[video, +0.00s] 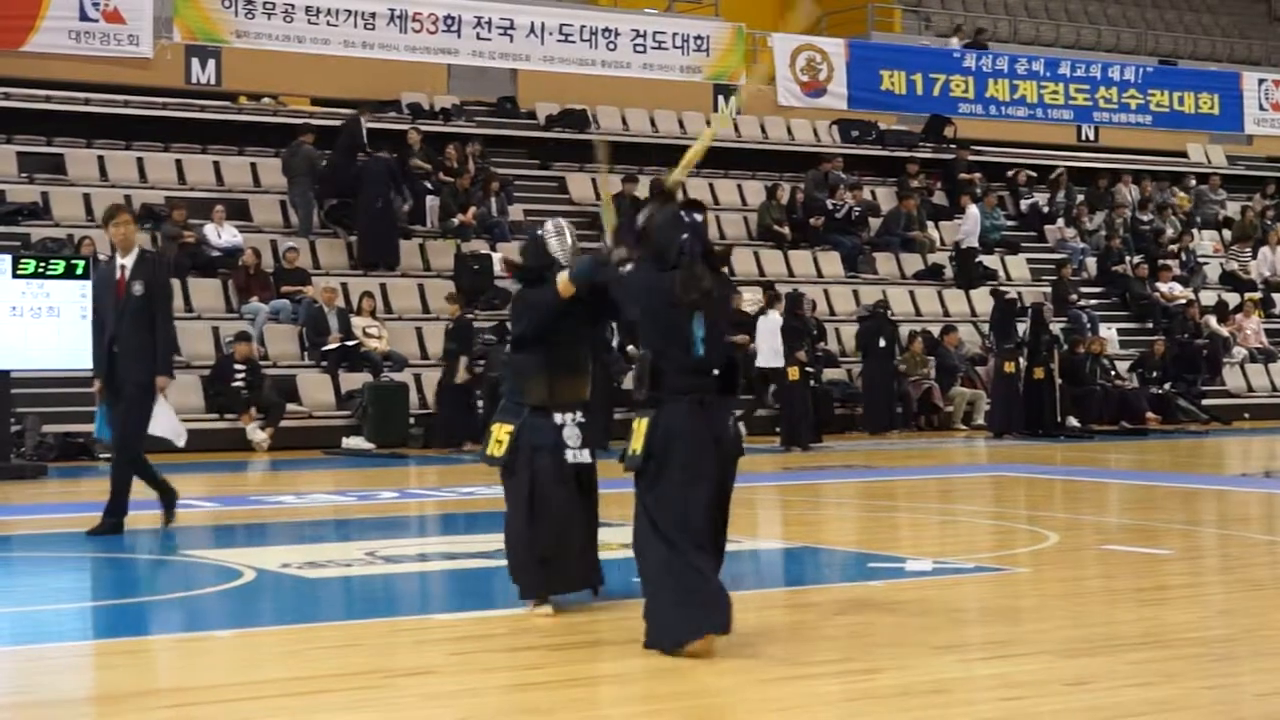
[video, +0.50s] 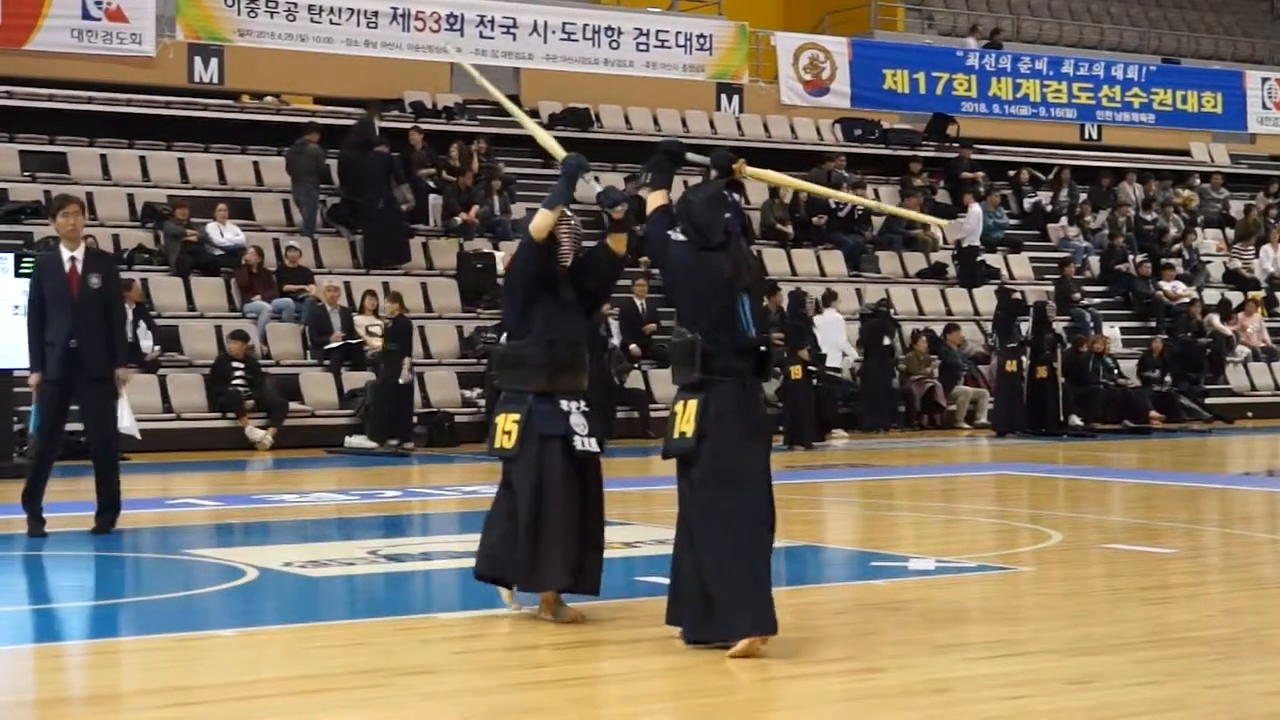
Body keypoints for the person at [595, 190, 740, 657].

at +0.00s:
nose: (637, 245)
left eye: (642, 237)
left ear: (649, 244)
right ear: (692, 242)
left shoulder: (643, 286)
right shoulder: (716, 287)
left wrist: (614, 254)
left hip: (671, 415)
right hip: (715, 413)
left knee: (660, 519)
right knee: (699, 517)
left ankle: (691, 618)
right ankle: (678, 618)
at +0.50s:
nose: (673, 219)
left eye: (679, 215)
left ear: (688, 228)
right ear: (728, 225)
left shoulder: (690, 267)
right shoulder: (742, 264)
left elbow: (657, 217)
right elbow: (722, 219)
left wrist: (663, 168)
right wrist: (725, 176)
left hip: (712, 397)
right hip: (745, 395)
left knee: (717, 510)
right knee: (741, 510)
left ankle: (748, 622)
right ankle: (715, 619)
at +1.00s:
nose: (705, 236)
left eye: (708, 227)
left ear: (714, 230)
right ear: (759, 226)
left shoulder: (712, 272)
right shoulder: (778, 276)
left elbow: (668, 256)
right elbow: (803, 335)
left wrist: (681, 214)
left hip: (738, 406)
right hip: (782, 406)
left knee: (740, 517)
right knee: (779, 516)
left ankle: (797, 616)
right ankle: (727, 617)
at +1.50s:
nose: (688, 240)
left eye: (692, 231)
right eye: (688, 231)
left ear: (707, 234)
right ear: (742, 229)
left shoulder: (713, 284)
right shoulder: (761, 277)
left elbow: (680, 352)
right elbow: (772, 343)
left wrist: (667, 370)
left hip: (730, 408)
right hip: (767, 404)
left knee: (707, 508)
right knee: (754, 505)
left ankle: (748, 609)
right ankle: (755, 604)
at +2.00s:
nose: (669, 244)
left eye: (673, 236)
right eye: (670, 236)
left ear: (685, 239)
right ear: (718, 234)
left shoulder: (687, 281)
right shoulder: (741, 278)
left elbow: (672, 362)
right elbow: (757, 346)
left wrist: (671, 387)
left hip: (711, 406)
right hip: (751, 403)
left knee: (688, 504)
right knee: (742, 505)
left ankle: (684, 614)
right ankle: (749, 605)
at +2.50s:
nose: (687, 242)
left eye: (691, 234)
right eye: (688, 234)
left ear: (705, 237)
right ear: (739, 233)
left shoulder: (706, 281)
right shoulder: (762, 279)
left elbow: (689, 354)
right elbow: (771, 346)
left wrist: (691, 385)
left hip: (731, 409)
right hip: (778, 406)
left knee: (695, 510)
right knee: (779, 506)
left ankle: (678, 620)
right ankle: (812, 606)